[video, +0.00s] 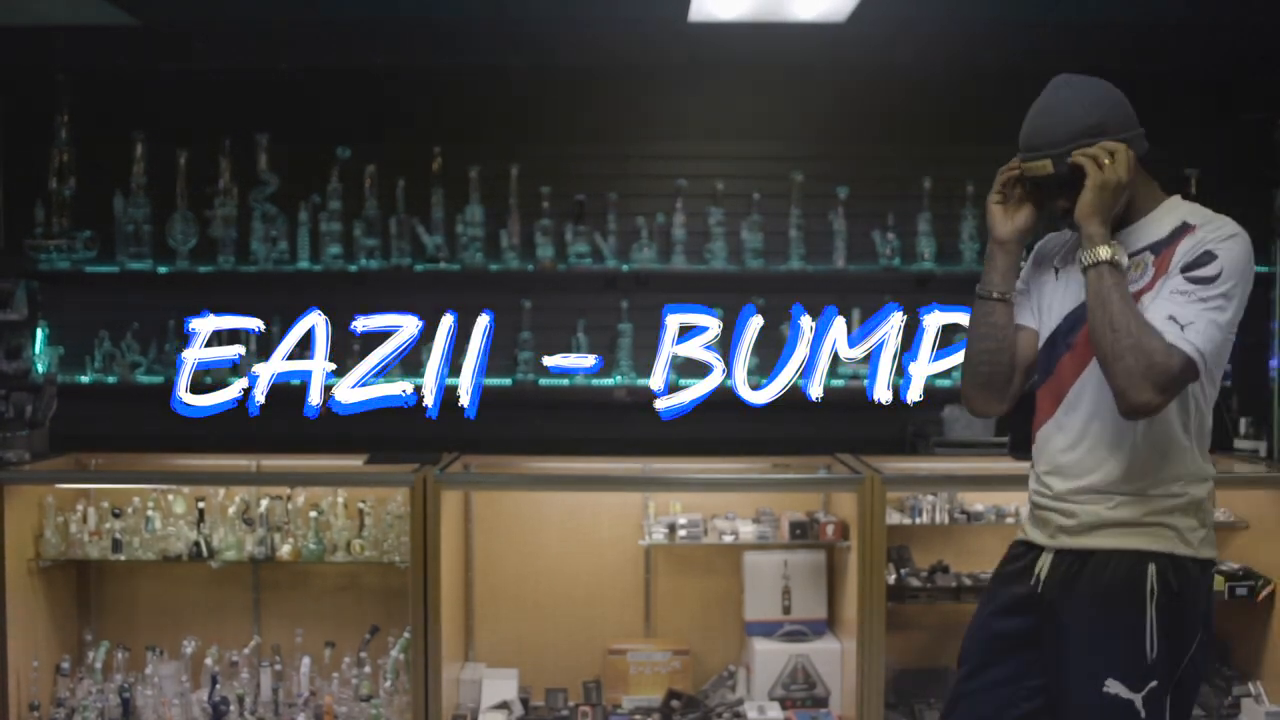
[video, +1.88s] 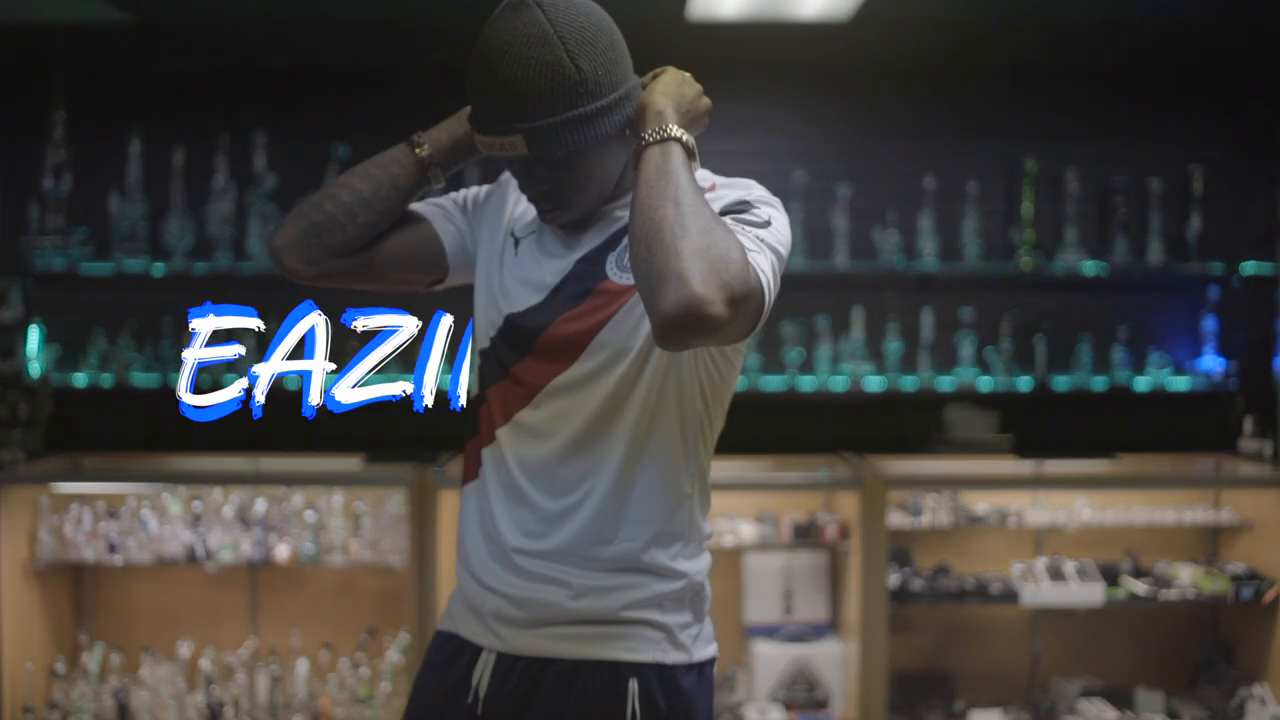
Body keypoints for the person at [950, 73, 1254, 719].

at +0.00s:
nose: (1062, 190)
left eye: (1072, 170)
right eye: (1049, 176)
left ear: (1123, 157)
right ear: (1040, 184)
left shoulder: (1214, 244)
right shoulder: (1052, 253)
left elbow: (1141, 387)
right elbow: (986, 397)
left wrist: (1095, 234)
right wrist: (1002, 247)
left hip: (1148, 555)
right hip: (1041, 547)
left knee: (1119, 707)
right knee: (977, 706)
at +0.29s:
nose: (955, 199)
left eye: (964, 182)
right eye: (944, 188)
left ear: (1012, 166)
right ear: (940, 189)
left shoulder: (1112, 250)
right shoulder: (951, 261)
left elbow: (1045, 406)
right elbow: (882, 416)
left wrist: (992, 247)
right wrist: (894, 263)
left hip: (1045, 590)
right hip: (934, 576)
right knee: (888, 706)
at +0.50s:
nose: (843, 200)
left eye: (855, 181)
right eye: (832, 185)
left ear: (912, 164)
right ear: (824, 186)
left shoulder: (1005, 252)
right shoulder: (842, 261)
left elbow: (925, 391)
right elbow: (756, 403)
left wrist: (895, 223)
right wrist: (791, 244)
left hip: (932, 599)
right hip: (817, 583)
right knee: (771, 708)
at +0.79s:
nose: (726, 192)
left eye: (741, 171)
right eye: (716, 175)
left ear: (799, 150)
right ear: (708, 167)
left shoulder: (893, 229)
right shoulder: (723, 243)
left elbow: (835, 369)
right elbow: (628, 376)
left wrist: (801, 202)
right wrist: (677, 219)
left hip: (827, 566)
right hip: (722, 562)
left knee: (791, 711)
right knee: (701, 710)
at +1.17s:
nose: (633, 210)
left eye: (641, 184)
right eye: (625, 188)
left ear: (695, 166)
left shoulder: (811, 255)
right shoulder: (651, 254)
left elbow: (705, 382)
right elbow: (509, 343)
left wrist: (708, 198)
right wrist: (600, 201)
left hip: (716, 611)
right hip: (624, 597)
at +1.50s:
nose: (551, 164)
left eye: (553, 142)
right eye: (544, 147)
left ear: (584, 136)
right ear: (640, 114)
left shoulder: (768, 218)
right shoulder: (576, 227)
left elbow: (653, 289)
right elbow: (405, 252)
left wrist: (675, 127)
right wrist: (529, 150)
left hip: (668, 641)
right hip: (542, 623)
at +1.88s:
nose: (531, 182)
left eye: (556, 157)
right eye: (518, 157)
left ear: (623, 125)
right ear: (499, 143)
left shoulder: (735, 210)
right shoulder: (498, 211)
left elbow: (687, 308)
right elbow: (304, 250)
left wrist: (665, 127)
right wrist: (459, 134)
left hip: (630, 662)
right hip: (472, 646)